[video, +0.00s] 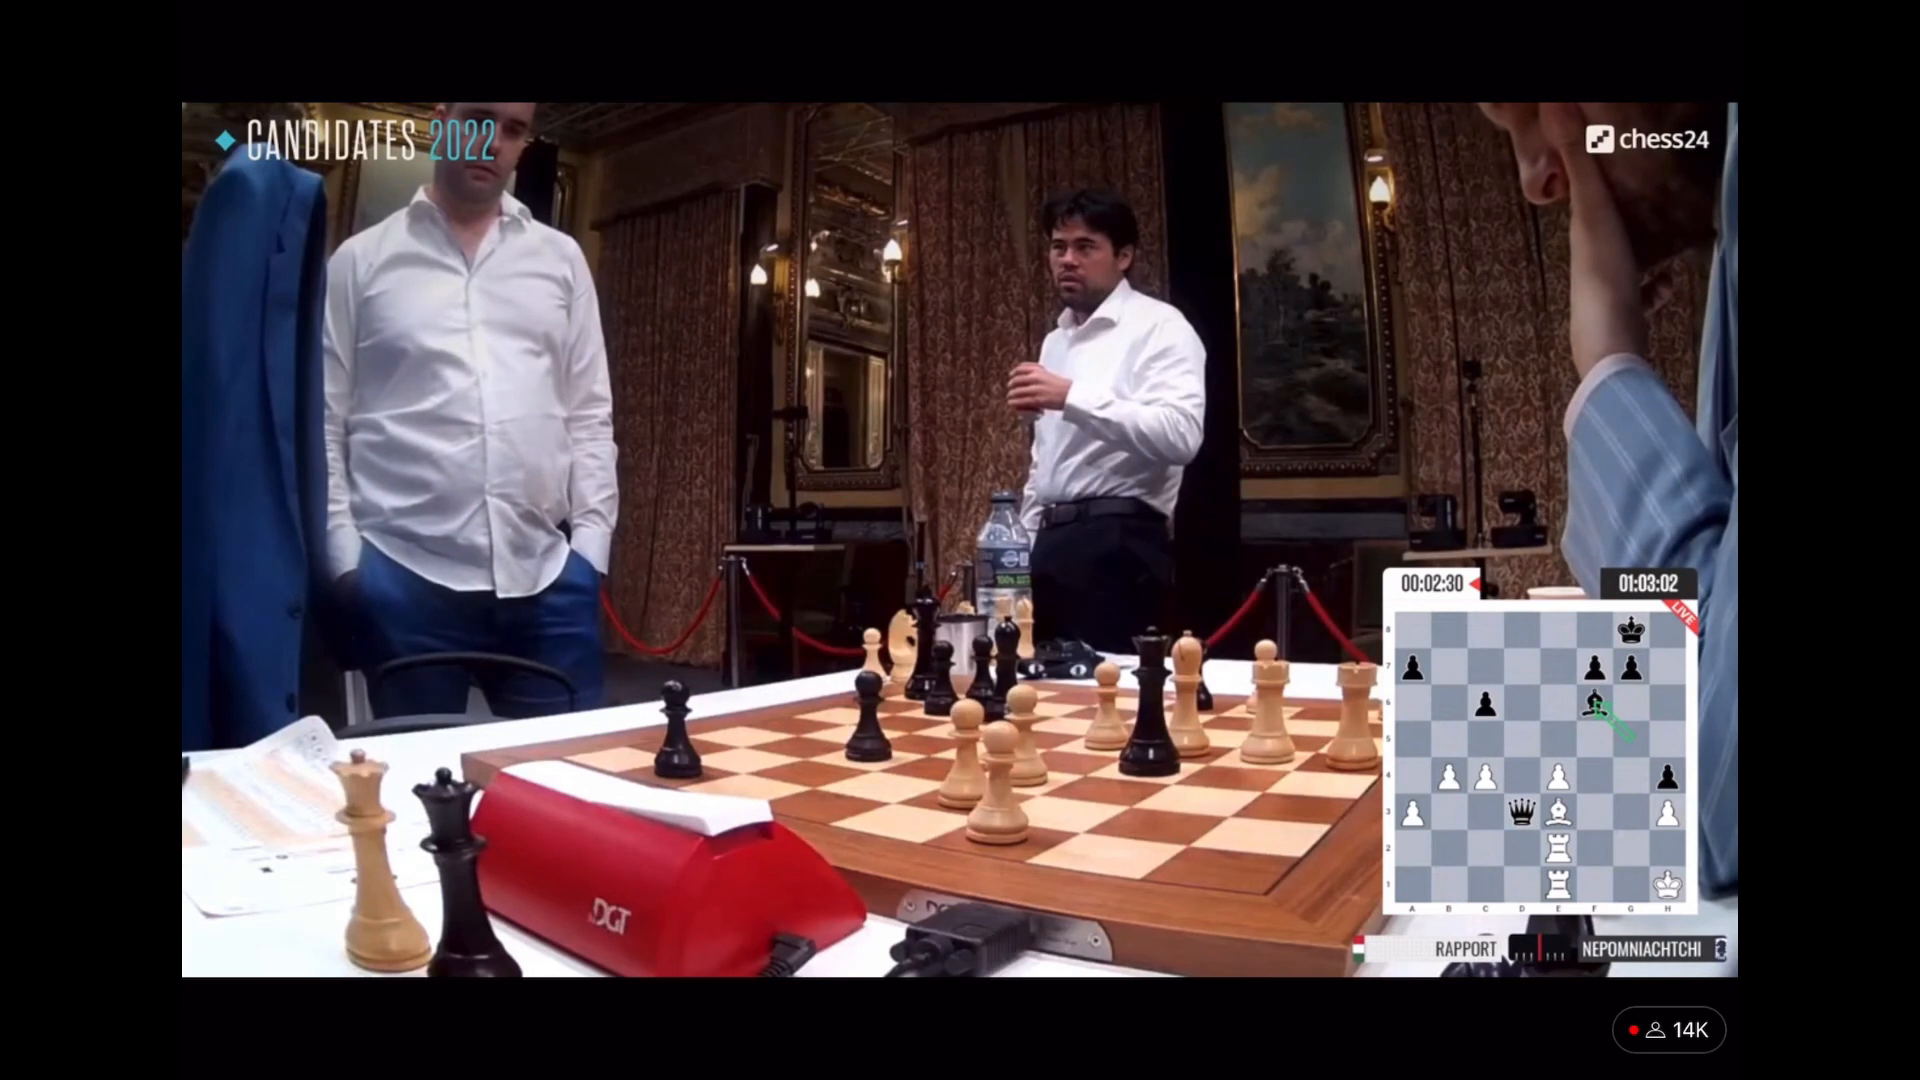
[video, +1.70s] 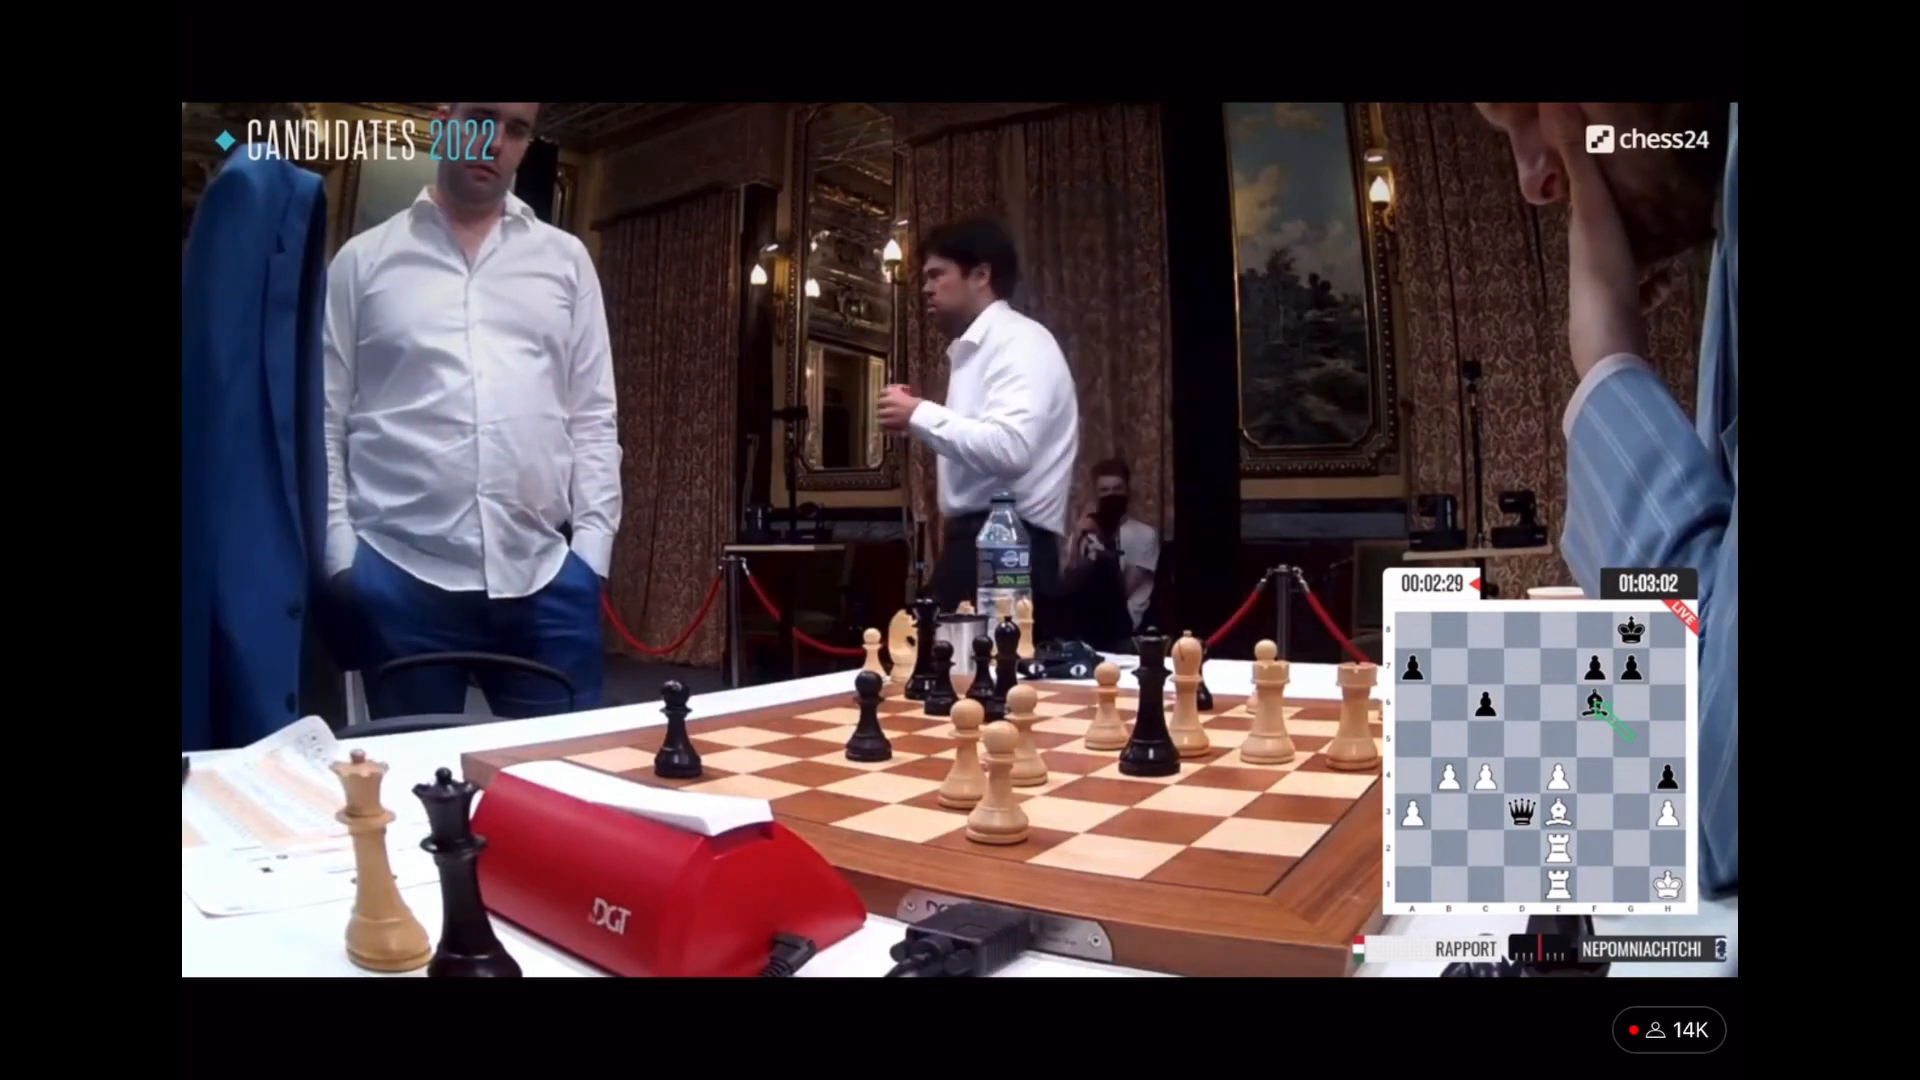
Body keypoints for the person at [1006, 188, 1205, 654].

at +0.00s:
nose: (1068, 261)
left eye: (1085, 247)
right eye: (1059, 247)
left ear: (1123, 258)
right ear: (1049, 255)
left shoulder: (1164, 328)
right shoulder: (1056, 342)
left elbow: (1180, 435)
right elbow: (1044, 453)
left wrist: (1071, 394)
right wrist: (1028, 530)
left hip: (1122, 534)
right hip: (1055, 533)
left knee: (1119, 695)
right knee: (1056, 695)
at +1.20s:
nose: (1061, 262)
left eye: (1079, 251)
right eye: (1055, 249)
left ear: (1119, 261)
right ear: (1045, 254)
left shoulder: (1155, 332)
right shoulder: (1054, 342)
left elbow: (1167, 442)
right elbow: (1051, 460)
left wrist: (1060, 400)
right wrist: (1030, 529)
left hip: (1118, 537)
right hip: (1055, 534)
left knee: (1118, 696)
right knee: (1060, 696)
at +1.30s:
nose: (1039, 264)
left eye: (1056, 251)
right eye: (1035, 250)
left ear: (1100, 262)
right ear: (1028, 254)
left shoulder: (1138, 332)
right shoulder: (1046, 338)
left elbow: (1148, 443)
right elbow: (1056, 445)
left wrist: (1039, 403)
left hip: (1105, 535)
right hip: (1050, 531)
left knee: (1103, 695)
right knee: (1055, 692)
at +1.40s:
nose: (1016, 266)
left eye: (1031, 253)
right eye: (1014, 254)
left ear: (1077, 261)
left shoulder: (1119, 333)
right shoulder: (1035, 338)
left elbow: (1125, 442)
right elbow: (1051, 445)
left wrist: (1018, 406)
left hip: (1092, 539)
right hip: (1040, 532)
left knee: (1092, 695)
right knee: (1044, 693)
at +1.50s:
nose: (979, 275)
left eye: (993, 261)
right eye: (979, 264)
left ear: (1041, 266)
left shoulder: (1083, 336)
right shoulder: (1017, 345)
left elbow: (1082, 444)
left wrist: (981, 409)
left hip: (1069, 546)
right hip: (1022, 540)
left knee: (1085, 699)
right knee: (1030, 697)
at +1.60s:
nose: (953, 283)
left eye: (965, 269)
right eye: (954, 271)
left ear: (1011, 273)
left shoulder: (1055, 342)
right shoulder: (999, 349)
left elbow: (1044, 446)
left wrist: (951, 412)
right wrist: (948, 415)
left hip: (1045, 546)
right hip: (1002, 539)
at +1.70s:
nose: (926, 289)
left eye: (936, 275)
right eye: (926, 278)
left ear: (981, 276)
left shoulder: (1021, 344)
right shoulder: (976, 348)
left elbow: (1009, 449)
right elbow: (979, 447)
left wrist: (920, 414)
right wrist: (917, 418)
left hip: (1007, 544)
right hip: (972, 537)